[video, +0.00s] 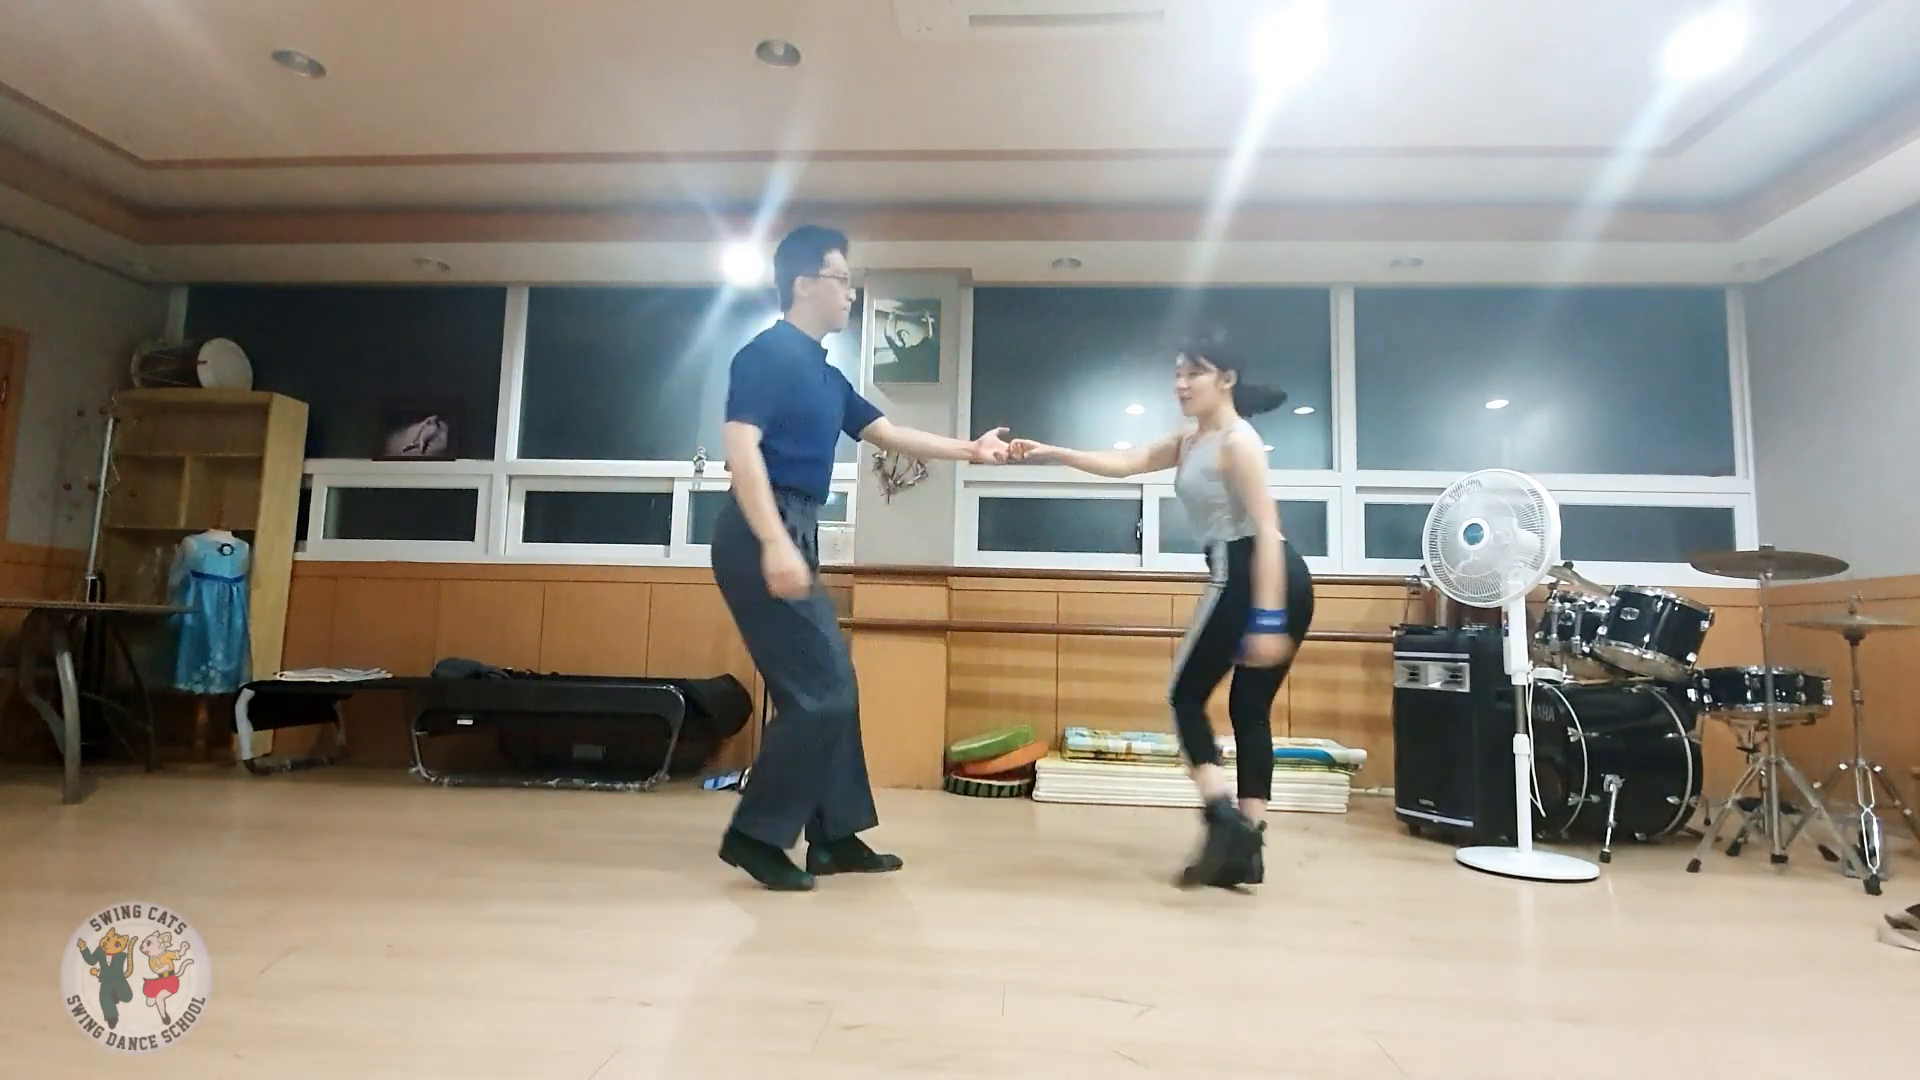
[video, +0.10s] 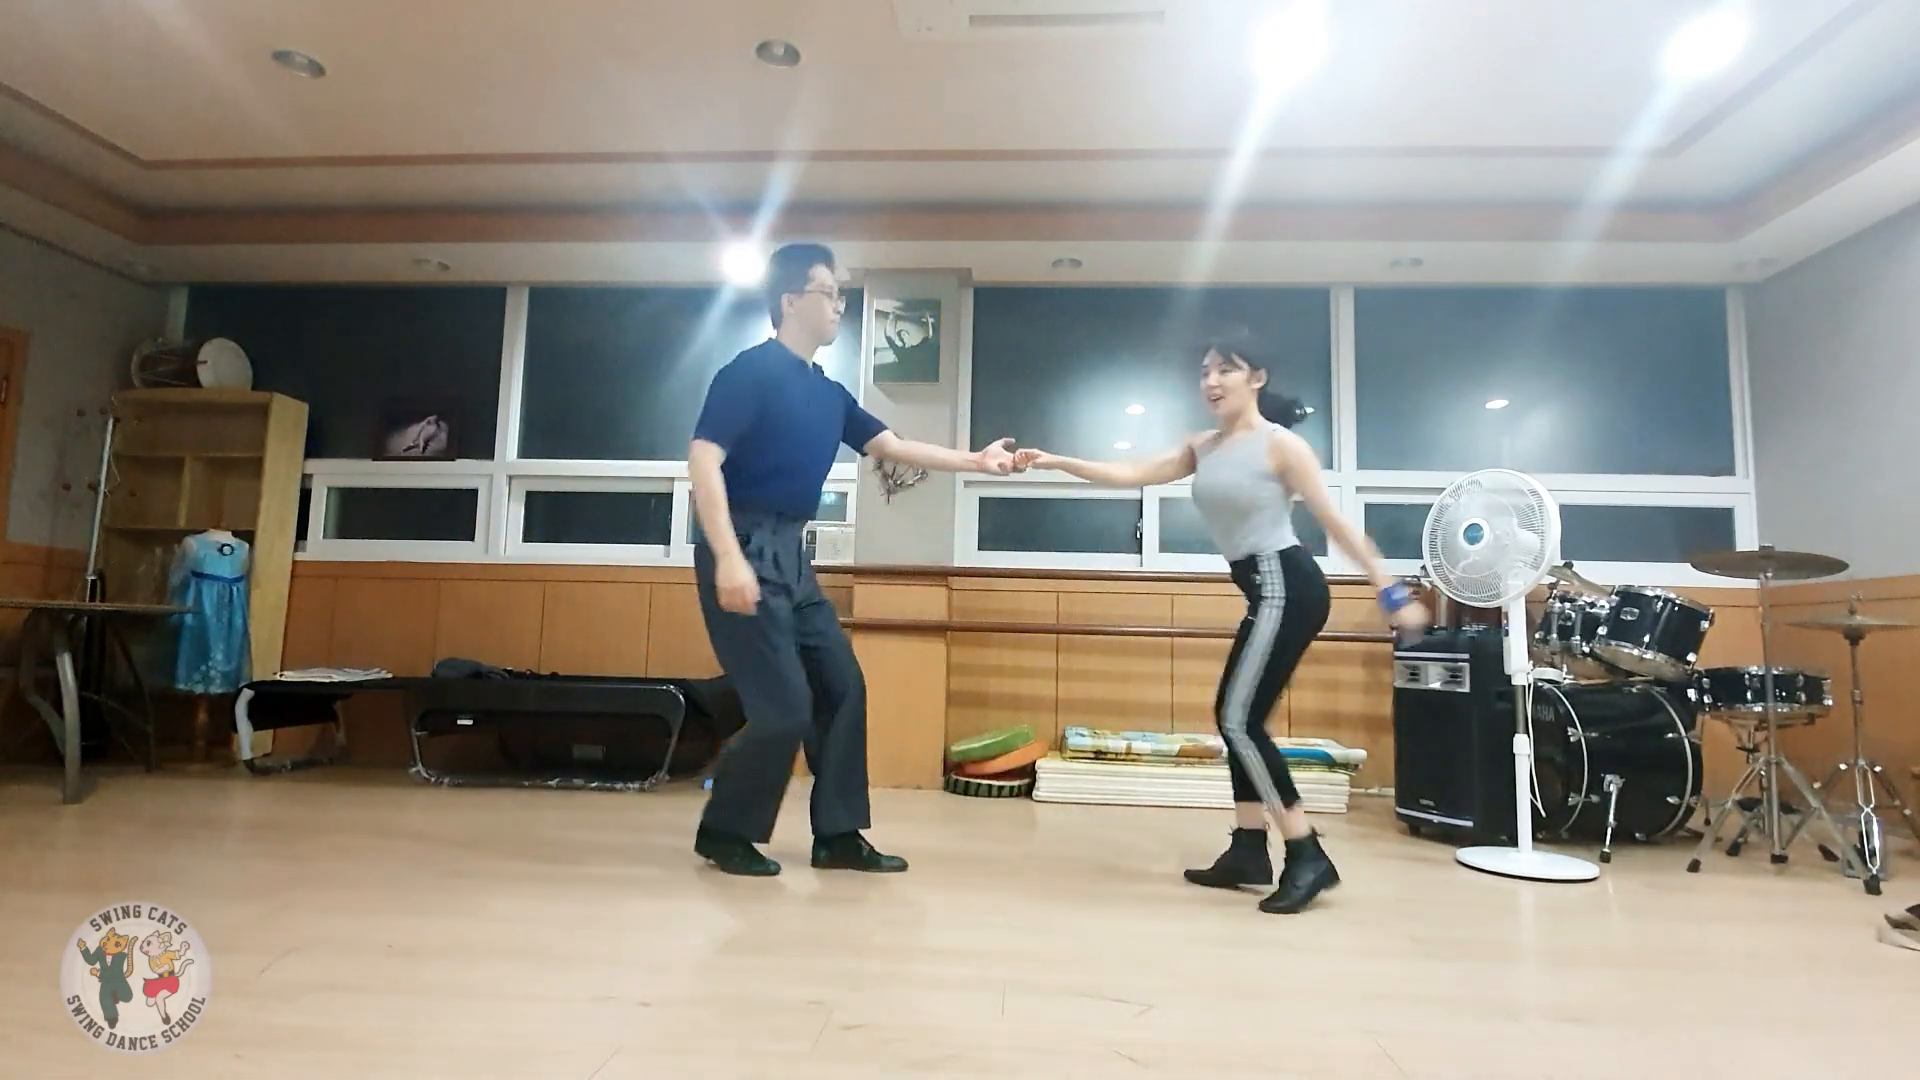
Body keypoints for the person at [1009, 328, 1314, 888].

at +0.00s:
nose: (1181, 384)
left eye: (1193, 373)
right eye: (1178, 374)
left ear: (1225, 379)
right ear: (1180, 382)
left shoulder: (1238, 443)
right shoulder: (1190, 440)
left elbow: (1269, 531)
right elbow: (1128, 463)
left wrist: (1268, 618)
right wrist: (1050, 452)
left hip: (1246, 579)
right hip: (1277, 577)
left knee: (1186, 695)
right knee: (1251, 708)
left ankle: (1222, 820)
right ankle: (1249, 843)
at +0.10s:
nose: (1210, 380)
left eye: (1225, 370)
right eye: (1205, 371)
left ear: (1257, 380)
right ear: (1201, 382)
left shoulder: (1281, 445)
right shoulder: (1203, 447)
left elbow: (1336, 524)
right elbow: (1131, 473)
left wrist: (1390, 590)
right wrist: (1054, 461)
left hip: (1290, 587)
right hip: (1263, 590)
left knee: (1236, 717)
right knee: (1237, 716)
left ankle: (1307, 854)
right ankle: (1249, 851)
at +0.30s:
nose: (1246, 365)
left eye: (1259, 353)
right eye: (1236, 357)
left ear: (1290, 362)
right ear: (1231, 372)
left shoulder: (1332, 423)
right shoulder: (1220, 441)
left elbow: (1436, 425)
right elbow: (1134, 467)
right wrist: (1052, 452)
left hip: (1317, 583)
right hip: (1255, 583)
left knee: (1269, 709)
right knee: (1183, 686)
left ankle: (1294, 855)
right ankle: (1200, 815)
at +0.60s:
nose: (1229, 381)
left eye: (1242, 370)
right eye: (1223, 376)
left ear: (1278, 379)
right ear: (1225, 395)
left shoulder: (1329, 436)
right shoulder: (1221, 465)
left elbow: (1397, 348)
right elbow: (1130, 486)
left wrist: (1428, 251)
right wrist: (1041, 472)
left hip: (1290, 619)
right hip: (1223, 606)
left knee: (1256, 744)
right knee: (1200, 738)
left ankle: (1183, 885)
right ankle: (1196, 846)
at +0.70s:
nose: (1214, 366)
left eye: (1227, 355)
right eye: (1210, 360)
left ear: (1264, 363)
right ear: (1215, 377)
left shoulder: (1307, 416)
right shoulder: (1210, 458)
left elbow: (1382, 328)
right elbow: (1121, 483)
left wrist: (1402, 231)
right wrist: (1039, 470)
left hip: (1300, 601)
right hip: (1235, 601)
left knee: (1244, 730)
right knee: (1167, 722)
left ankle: (1191, 884)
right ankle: (1200, 833)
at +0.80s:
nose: (1195, 360)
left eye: (1208, 350)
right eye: (1192, 352)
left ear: (1245, 357)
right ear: (1200, 369)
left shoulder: (1281, 406)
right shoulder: (1198, 454)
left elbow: (1366, 336)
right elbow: (1117, 483)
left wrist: (1394, 241)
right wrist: (1027, 473)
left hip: (1295, 581)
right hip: (1255, 591)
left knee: (1215, 714)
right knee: (1175, 696)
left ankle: (1227, 890)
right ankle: (1181, 846)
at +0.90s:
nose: (1177, 368)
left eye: (1191, 356)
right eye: (1176, 358)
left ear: (1228, 367)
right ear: (1185, 372)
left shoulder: (1254, 415)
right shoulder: (1182, 464)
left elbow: (1343, 377)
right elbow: (1096, 486)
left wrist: (1379, 279)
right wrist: (1012, 477)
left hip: (1261, 572)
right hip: (1291, 596)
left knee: (1212, 725)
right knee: (1207, 724)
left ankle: (1233, 901)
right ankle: (1151, 845)